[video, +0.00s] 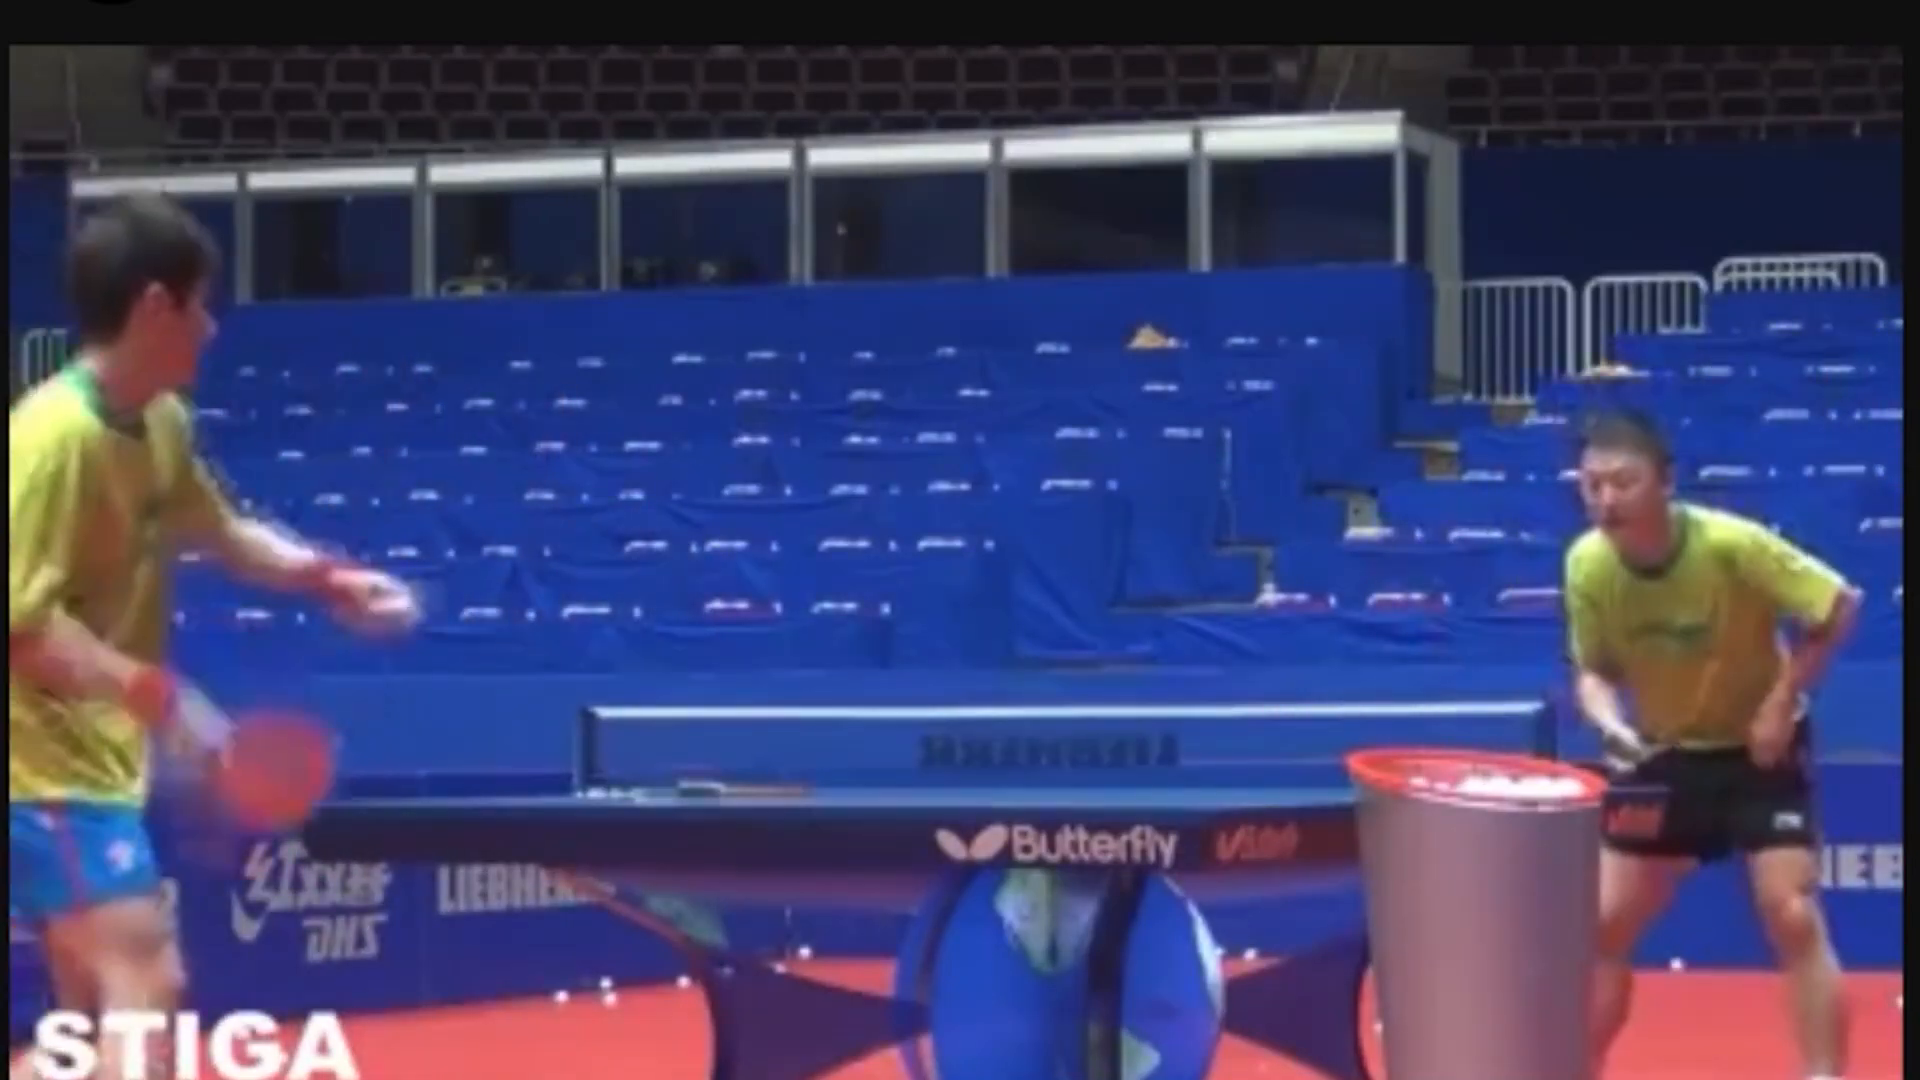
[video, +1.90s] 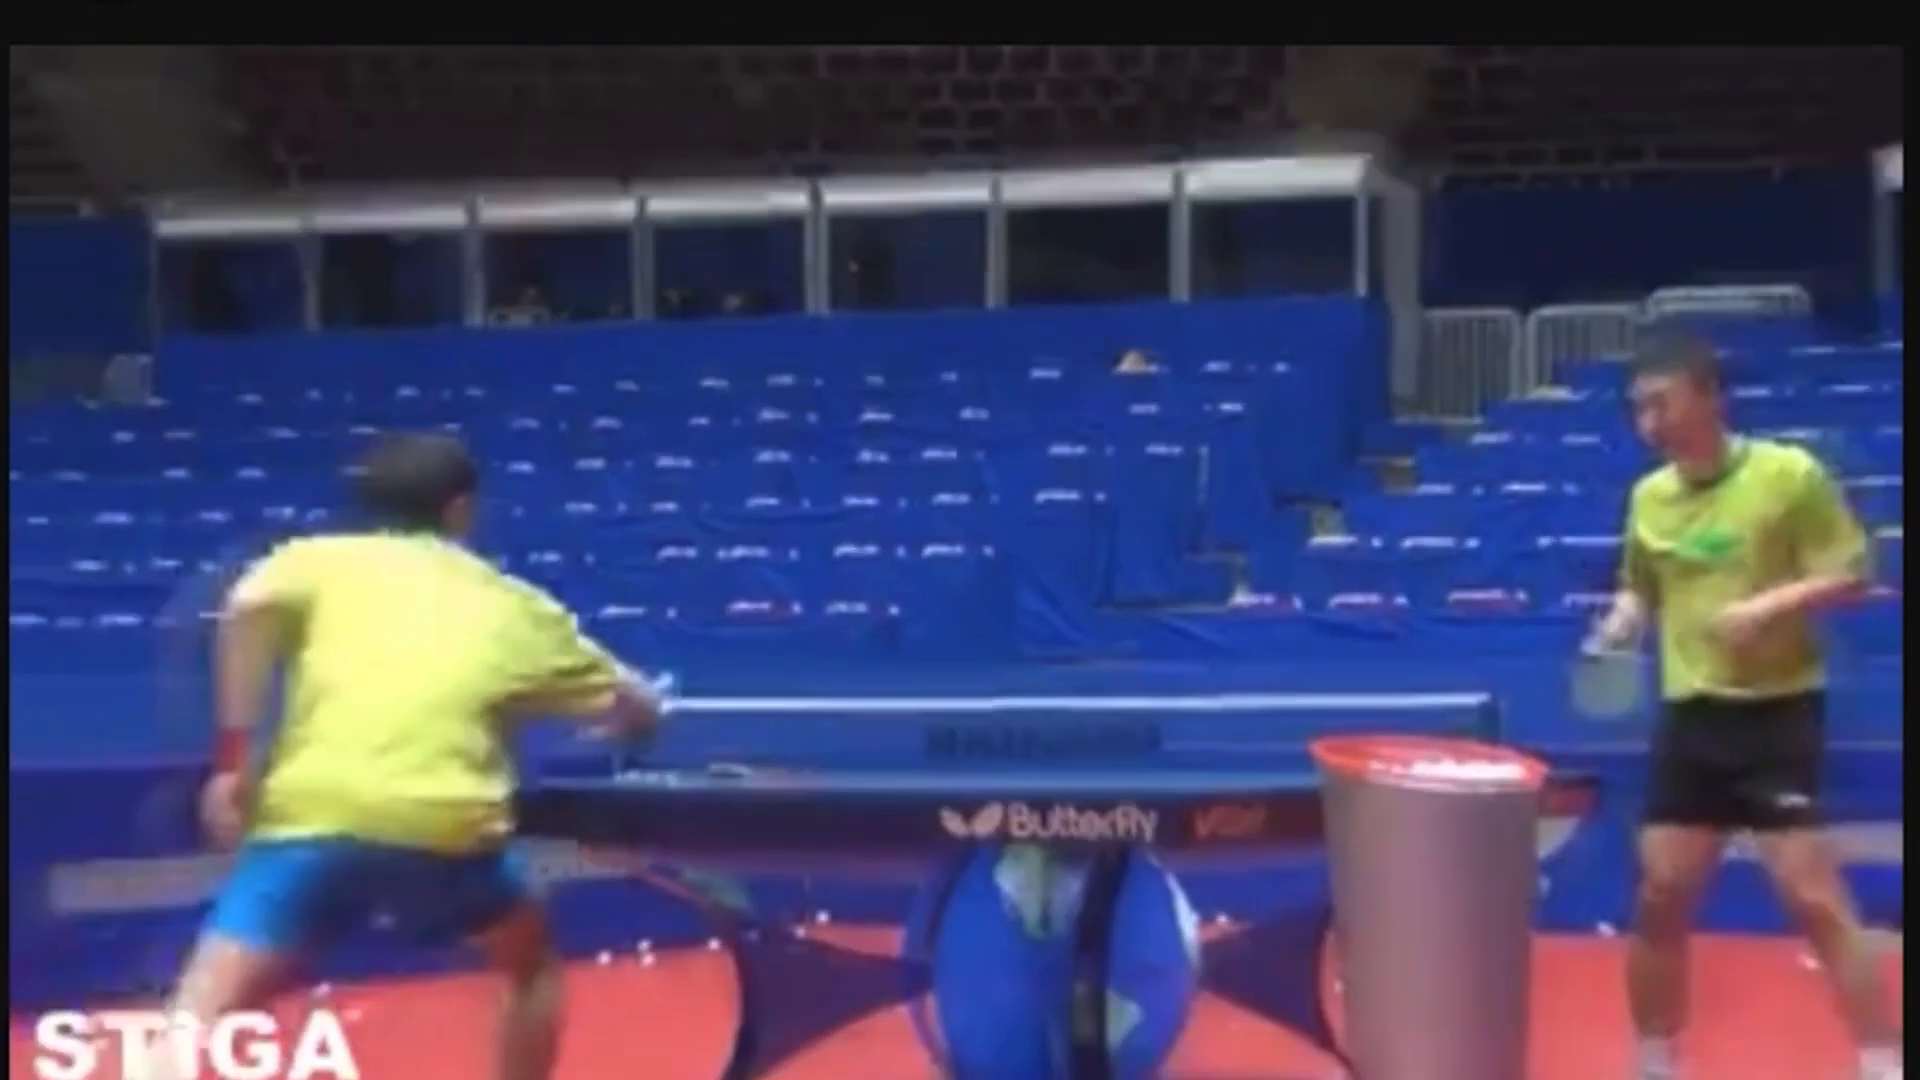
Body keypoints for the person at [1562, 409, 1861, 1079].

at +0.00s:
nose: (1605, 500)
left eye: (1621, 482)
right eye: (1593, 484)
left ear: (1663, 481)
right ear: (1582, 488)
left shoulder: (1731, 546)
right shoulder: (1588, 564)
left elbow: (1840, 604)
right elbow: (1591, 671)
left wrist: (1785, 699)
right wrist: (1612, 726)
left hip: (1757, 752)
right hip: (1662, 758)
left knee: (1792, 915)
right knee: (1604, 922)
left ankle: (1824, 1070)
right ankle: (1578, 1068)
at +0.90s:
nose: (1654, 485)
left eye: (1665, 464)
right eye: (1638, 471)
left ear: (1702, 455)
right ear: (1625, 478)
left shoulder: (1781, 505)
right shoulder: (1627, 546)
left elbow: (1870, 566)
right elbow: (1650, 645)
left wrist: (1812, 637)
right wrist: (1642, 654)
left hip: (1806, 748)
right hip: (1709, 757)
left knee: (1813, 918)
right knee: (1660, 937)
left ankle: (1852, 1071)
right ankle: (1621, 1066)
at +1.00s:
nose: (1693, 456)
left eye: (1705, 436)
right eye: (1679, 441)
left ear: (1742, 425)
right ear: (1668, 444)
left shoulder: (1805, 470)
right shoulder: (1669, 516)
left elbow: (1876, 546)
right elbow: (1700, 586)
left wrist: (1845, 608)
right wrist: (1726, 649)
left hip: (1826, 715)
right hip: (1731, 720)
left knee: (1831, 913)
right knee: (1699, 923)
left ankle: (1857, 1068)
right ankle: (1676, 1062)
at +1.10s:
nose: (1730, 428)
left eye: (1744, 409)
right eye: (1714, 414)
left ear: (1780, 402)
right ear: (1701, 420)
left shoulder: (1833, 456)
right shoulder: (1700, 496)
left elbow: (1887, 527)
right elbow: (1761, 571)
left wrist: (1892, 581)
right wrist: (1824, 611)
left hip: (1831, 709)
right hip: (1735, 715)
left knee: (1837, 914)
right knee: (1738, 912)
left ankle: (1859, 1071)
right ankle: (1761, 1051)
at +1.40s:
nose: (1749, 410)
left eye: (1766, 390)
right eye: (1737, 393)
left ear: (1810, 390)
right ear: (1726, 398)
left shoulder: (1872, 466)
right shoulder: (1709, 484)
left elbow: (1897, 565)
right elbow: (1685, 609)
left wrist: (1879, 634)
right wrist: (1770, 655)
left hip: (1849, 712)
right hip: (1746, 716)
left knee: (1847, 929)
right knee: (1743, 921)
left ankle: (1860, 1072)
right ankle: (1737, 1072)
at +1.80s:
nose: (1712, 399)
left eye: (1727, 380)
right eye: (1703, 383)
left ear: (1778, 379)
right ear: (1699, 392)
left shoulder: (1863, 458)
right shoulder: (1694, 481)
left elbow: (1902, 565)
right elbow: (1667, 583)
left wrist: (1860, 598)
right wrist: (1672, 632)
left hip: (1851, 720)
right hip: (1745, 717)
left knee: (1883, 918)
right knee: (1729, 922)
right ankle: (1725, 1073)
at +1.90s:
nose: (1648, 424)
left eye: (1660, 404)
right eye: (1640, 409)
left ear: (1707, 398)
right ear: (1638, 416)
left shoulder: (1788, 475)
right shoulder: (1650, 496)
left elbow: (1848, 569)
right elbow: (1639, 585)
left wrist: (1764, 607)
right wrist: (1621, 621)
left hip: (1779, 706)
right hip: (1690, 706)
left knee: (1810, 893)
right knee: (1661, 888)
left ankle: (1880, 1057)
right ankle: (1655, 1059)